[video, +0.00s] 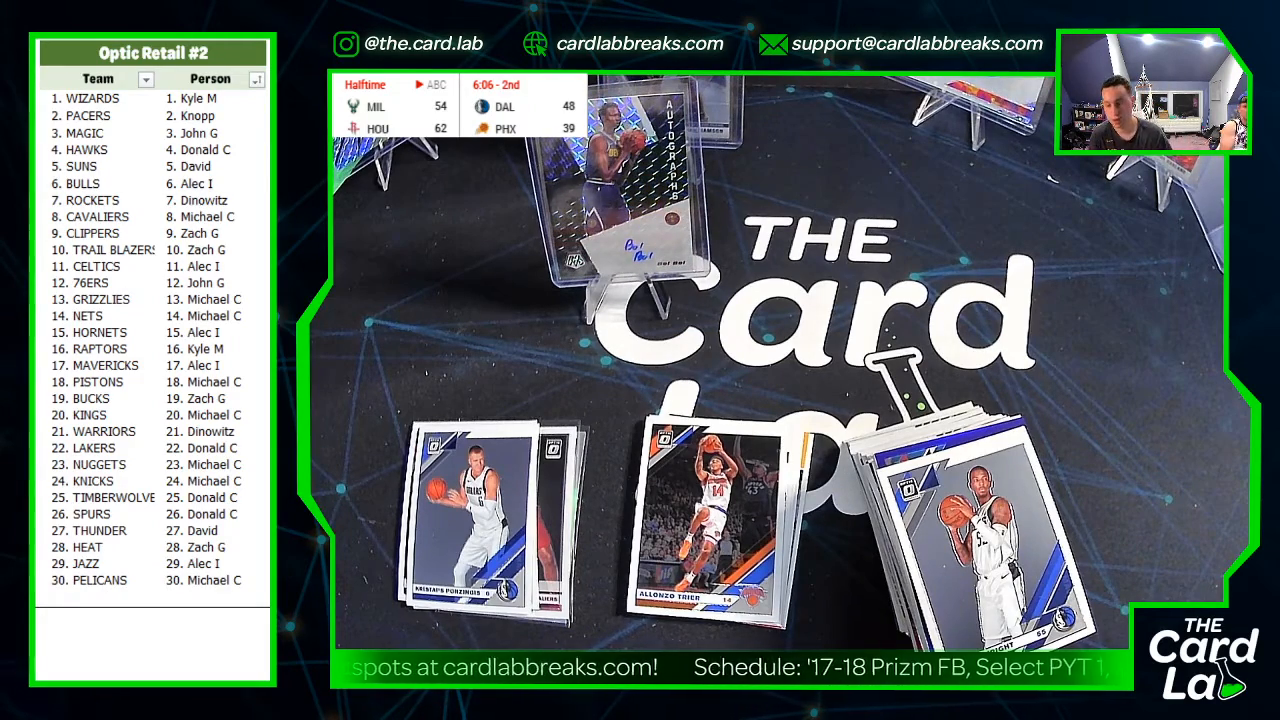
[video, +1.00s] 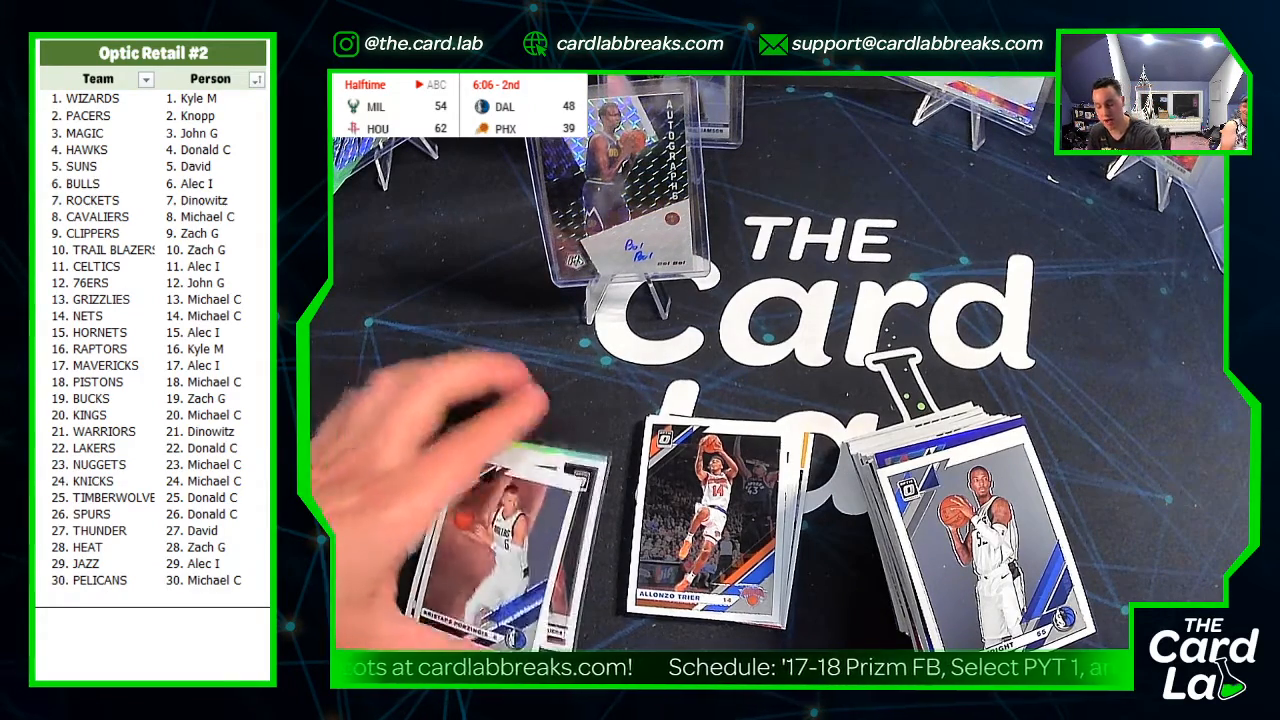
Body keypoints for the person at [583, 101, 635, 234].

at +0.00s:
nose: (618, 118)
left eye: (619, 115)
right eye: (614, 115)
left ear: (620, 116)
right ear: (604, 118)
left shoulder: (617, 141)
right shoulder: (598, 140)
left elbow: (620, 178)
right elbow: (607, 175)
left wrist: (633, 155)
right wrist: (624, 153)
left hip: (612, 189)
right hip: (596, 192)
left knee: (625, 231)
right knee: (598, 237)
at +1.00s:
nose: (617, 118)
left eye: (618, 114)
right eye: (613, 115)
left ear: (620, 117)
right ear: (603, 118)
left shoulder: (616, 141)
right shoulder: (598, 140)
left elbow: (622, 173)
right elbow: (606, 176)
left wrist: (633, 153)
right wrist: (624, 154)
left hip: (613, 189)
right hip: (597, 191)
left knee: (624, 229)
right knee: (599, 234)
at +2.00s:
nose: (617, 118)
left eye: (618, 114)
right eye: (612, 115)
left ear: (620, 117)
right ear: (603, 118)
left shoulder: (616, 140)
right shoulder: (598, 140)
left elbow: (622, 170)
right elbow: (606, 175)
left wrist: (632, 153)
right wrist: (624, 154)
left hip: (612, 187)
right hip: (598, 189)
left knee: (625, 219)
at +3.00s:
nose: (615, 118)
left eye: (617, 115)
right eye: (611, 115)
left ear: (620, 118)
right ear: (602, 118)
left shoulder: (617, 142)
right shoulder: (598, 141)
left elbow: (620, 179)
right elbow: (607, 176)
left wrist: (633, 155)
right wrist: (624, 155)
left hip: (612, 189)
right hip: (596, 191)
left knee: (624, 229)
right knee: (598, 236)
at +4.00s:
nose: (618, 118)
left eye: (618, 115)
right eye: (614, 116)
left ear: (620, 117)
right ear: (603, 119)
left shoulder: (616, 141)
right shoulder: (598, 141)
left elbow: (621, 178)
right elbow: (606, 176)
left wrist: (631, 154)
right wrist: (623, 157)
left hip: (611, 188)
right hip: (595, 190)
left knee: (624, 227)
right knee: (599, 234)